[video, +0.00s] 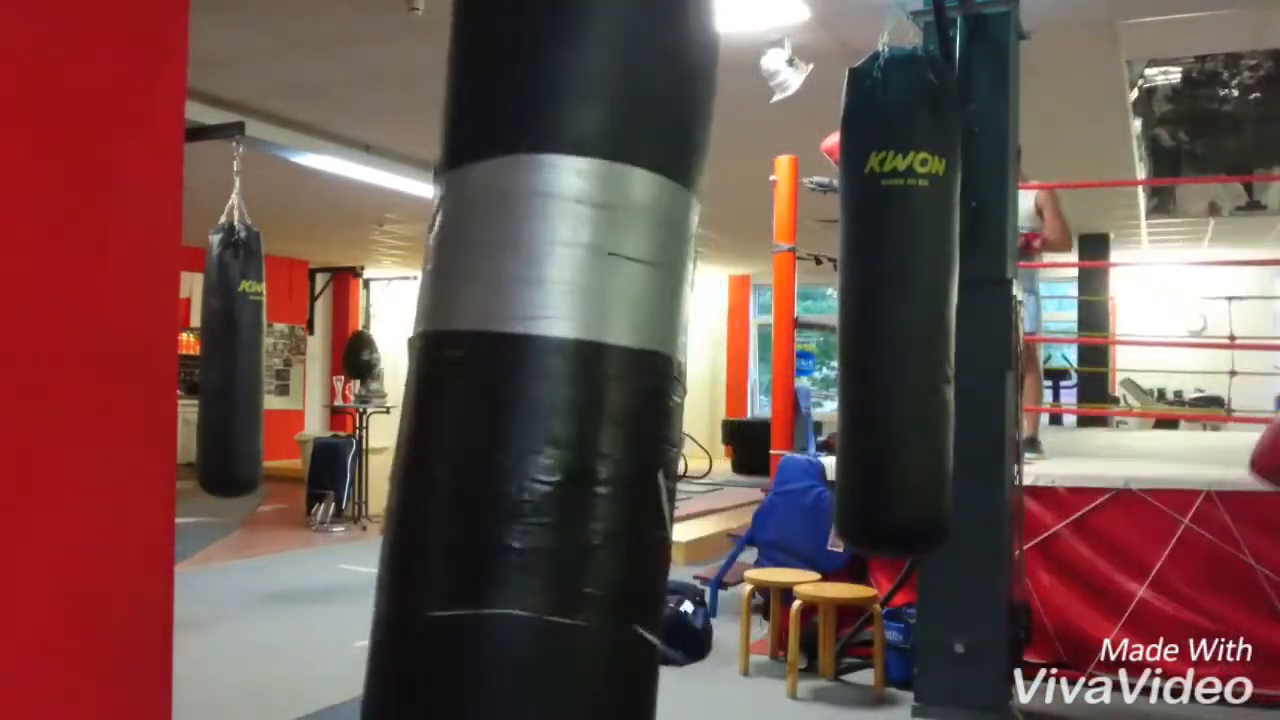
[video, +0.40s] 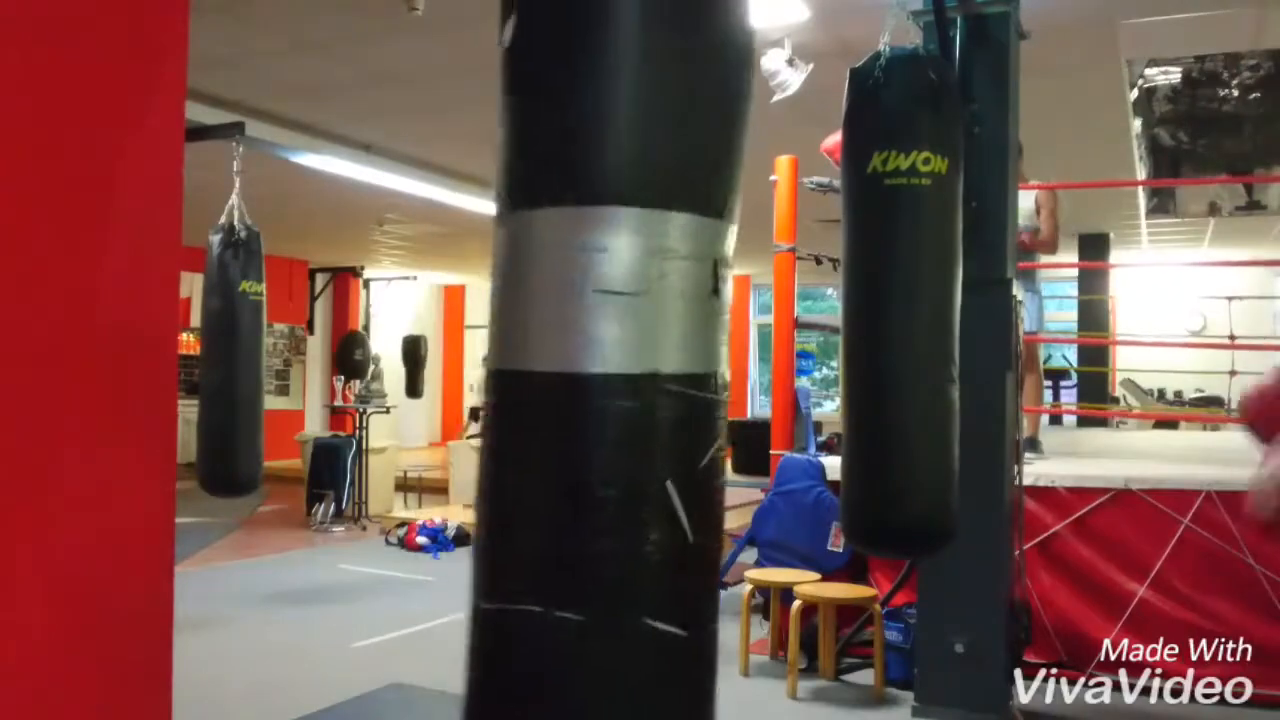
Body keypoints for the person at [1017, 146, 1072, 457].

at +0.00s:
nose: (1008, 162)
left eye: (1011, 155)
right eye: (1005, 155)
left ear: (1018, 156)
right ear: (999, 157)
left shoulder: (1037, 191)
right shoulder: (983, 190)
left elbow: (1061, 239)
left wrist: (1030, 243)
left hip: (1021, 285)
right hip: (986, 288)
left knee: (1026, 358)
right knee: (995, 361)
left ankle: (1029, 435)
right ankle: (998, 436)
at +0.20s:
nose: (1007, 163)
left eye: (1009, 156)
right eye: (1005, 157)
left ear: (1017, 157)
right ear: (1011, 158)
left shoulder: (1039, 192)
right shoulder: (985, 191)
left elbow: (1064, 239)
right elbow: (1062, 237)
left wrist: (1034, 236)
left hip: (1023, 285)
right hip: (989, 287)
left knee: (1028, 361)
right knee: (996, 363)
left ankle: (1030, 435)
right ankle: (1000, 438)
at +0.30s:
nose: (1006, 161)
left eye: (1009, 154)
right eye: (1002, 155)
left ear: (1017, 155)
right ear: (997, 158)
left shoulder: (1039, 193)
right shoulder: (986, 192)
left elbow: (1057, 241)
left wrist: (1029, 238)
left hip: (1023, 283)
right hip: (989, 284)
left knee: (1027, 359)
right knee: (993, 360)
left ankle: (1029, 435)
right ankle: (997, 437)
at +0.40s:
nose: (1006, 162)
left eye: (1010, 155)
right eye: (1003, 155)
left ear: (1019, 157)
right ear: (996, 159)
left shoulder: (1039, 192)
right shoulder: (988, 192)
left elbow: (1049, 243)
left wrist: (1019, 240)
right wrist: (1000, 241)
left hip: (1023, 284)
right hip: (991, 286)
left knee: (1028, 359)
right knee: (995, 361)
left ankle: (1030, 435)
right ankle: (999, 437)